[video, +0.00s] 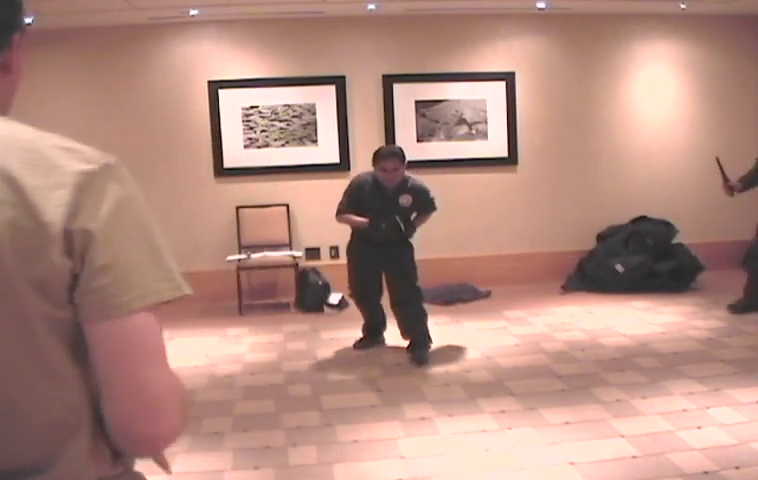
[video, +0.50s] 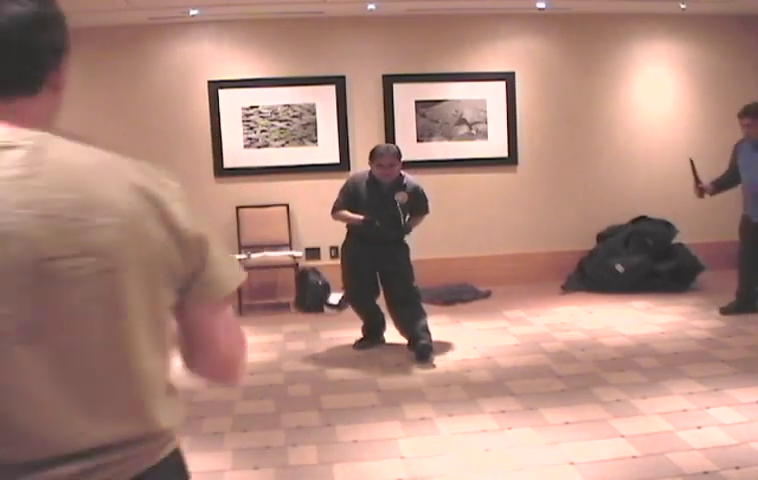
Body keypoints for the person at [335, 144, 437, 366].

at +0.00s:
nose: (390, 176)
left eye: (395, 170)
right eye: (384, 170)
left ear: (404, 167)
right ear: (375, 169)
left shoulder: (413, 187)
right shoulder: (361, 184)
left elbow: (428, 208)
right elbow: (341, 215)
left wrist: (410, 226)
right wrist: (368, 223)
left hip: (397, 248)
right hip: (363, 248)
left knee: (406, 296)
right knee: (364, 294)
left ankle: (419, 343)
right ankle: (373, 333)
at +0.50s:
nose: (386, 171)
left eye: (391, 166)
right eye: (381, 166)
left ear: (400, 165)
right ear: (371, 166)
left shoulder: (410, 187)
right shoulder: (357, 183)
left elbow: (420, 211)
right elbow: (336, 211)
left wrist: (405, 228)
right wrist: (359, 219)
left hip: (392, 247)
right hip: (358, 248)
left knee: (404, 294)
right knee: (358, 294)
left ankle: (420, 340)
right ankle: (373, 331)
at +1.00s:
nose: (393, 175)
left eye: (399, 170)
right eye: (388, 169)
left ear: (409, 170)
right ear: (379, 168)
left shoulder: (417, 194)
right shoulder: (364, 182)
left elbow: (413, 229)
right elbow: (338, 210)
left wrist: (408, 213)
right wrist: (358, 222)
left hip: (393, 248)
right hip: (360, 247)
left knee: (404, 296)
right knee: (359, 294)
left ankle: (419, 344)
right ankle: (373, 331)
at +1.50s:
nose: (401, 165)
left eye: (408, 161)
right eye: (397, 160)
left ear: (422, 161)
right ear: (392, 159)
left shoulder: (429, 183)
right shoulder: (381, 176)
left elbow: (438, 214)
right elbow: (361, 200)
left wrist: (422, 226)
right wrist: (366, 213)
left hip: (409, 246)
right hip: (378, 245)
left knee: (417, 299)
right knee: (365, 289)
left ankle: (419, 349)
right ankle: (366, 329)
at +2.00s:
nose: (405, 174)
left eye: (411, 168)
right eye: (400, 168)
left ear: (426, 166)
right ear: (395, 165)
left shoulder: (438, 188)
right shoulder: (385, 179)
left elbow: (435, 227)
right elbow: (367, 203)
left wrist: (409, 247)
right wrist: (372, 222)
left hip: (418, 246)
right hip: (383, 242)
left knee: (421, 298)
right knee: (369, 291)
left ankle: (418, 350)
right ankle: (362, 329)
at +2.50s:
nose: (399, 165)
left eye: (404, 158)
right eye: (392, 160)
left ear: (413, 158)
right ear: (384, 161)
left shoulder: (426, 180)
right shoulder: (371, 180)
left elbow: (455, 207)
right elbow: (341, 210)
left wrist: (454, 233)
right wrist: (331, 240)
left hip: (417, 251)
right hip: (381, 252)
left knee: (422, 301)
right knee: (381, 301)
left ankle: (420, 350)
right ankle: (380, 349)